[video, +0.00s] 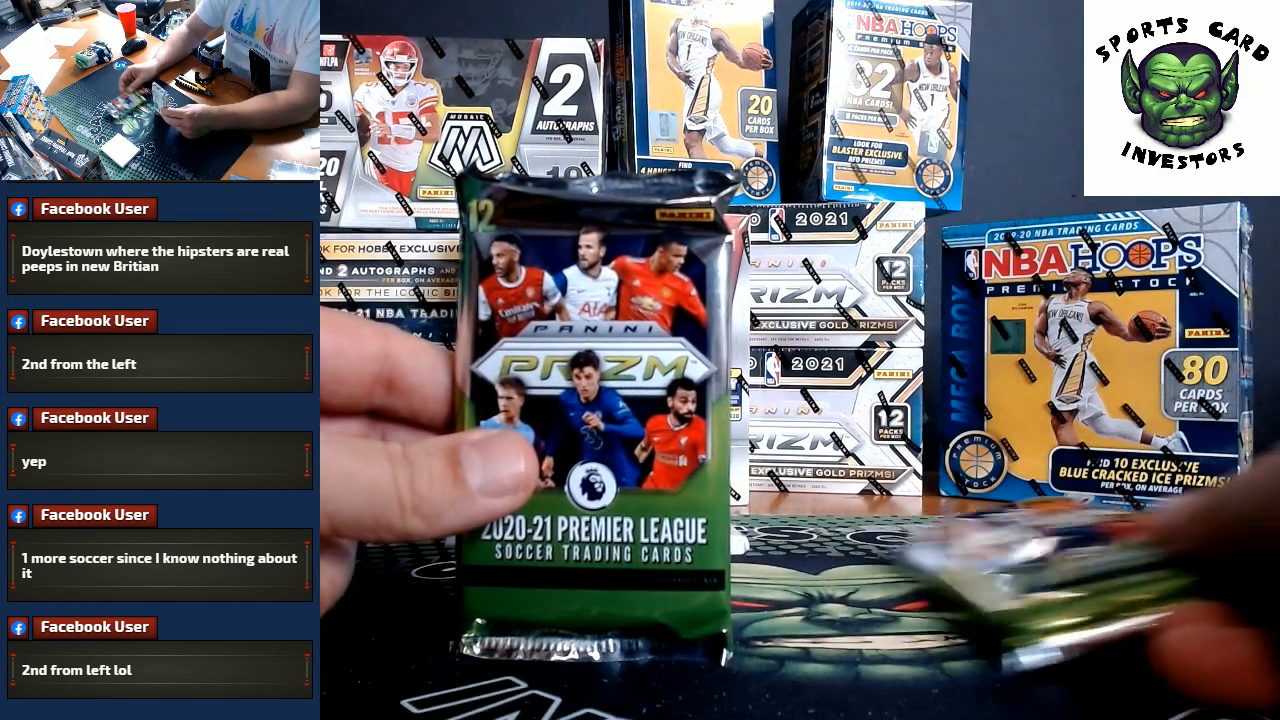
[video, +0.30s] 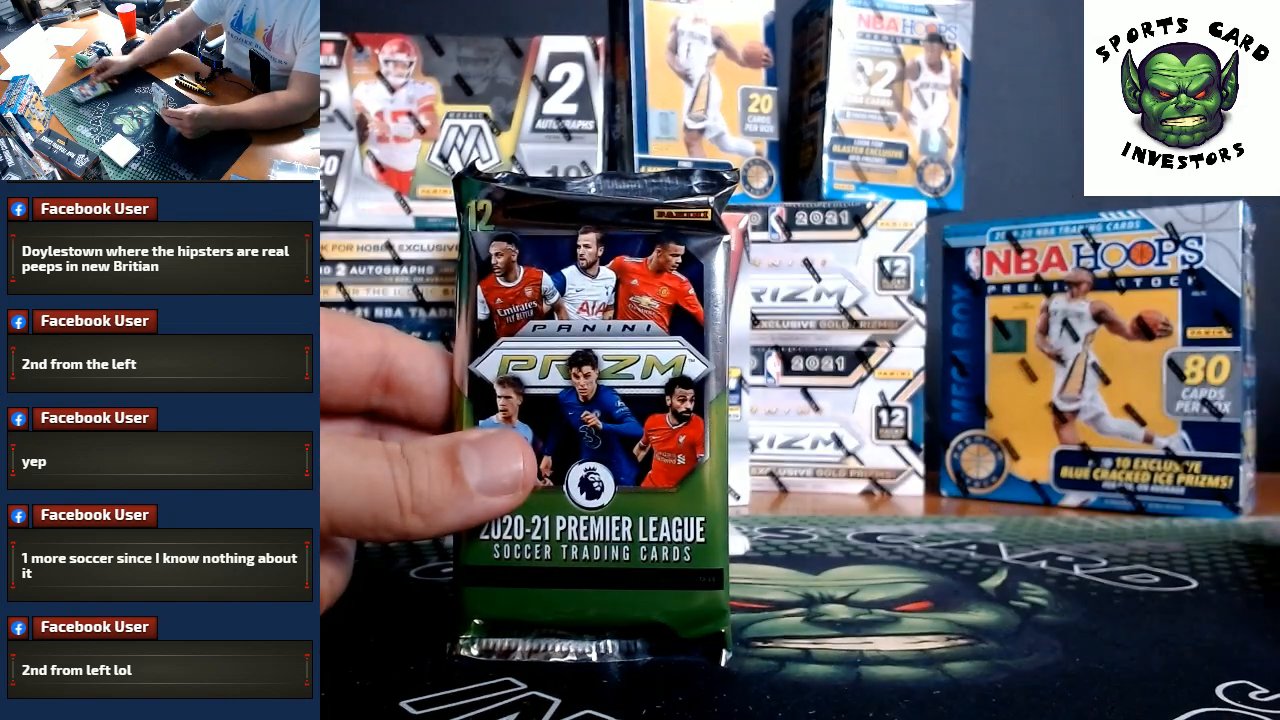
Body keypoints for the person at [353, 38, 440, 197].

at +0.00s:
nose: (399, 71)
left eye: (404, 67)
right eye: (393, 66)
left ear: (412, 68)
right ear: (384, 66)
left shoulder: (423, 92)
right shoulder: (366, 91)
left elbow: (433, 132)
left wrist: (392, 130)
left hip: (405, 172)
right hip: (376, 168)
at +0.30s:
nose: (399, 71)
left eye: (405, 65)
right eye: (393, 64)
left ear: (412, 66)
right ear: (382, 65)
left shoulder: (421, 91)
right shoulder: (365, 91)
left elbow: (432, 131)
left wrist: (392, 129)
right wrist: (365, 129)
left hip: (404, 172)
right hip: (373, 168)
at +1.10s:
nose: (399, 70)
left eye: (405, 64)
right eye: (393, 64)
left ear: (413, 66)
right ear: (382, 65)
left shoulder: (424, 90)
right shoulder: (365, 90)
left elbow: (432, 130)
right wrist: (370, 126)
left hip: (406, 169)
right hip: (374, 165)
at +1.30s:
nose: (398, 70)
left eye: (404, 64)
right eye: (392, 63)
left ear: (413, 66)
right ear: (381, 64)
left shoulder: (424, 90)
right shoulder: (365, 90)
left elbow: (432, 130)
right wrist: (370, 126)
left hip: (406, 169)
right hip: (374, 165)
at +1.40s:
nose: (398, 70)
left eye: (404, 65)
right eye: (392, 64)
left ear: (412, 66)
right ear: (381, 64)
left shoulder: (423, 90)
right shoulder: (365, 90)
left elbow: (432, 130)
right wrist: (370, 126)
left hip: (405, 169)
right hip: (373, 164)